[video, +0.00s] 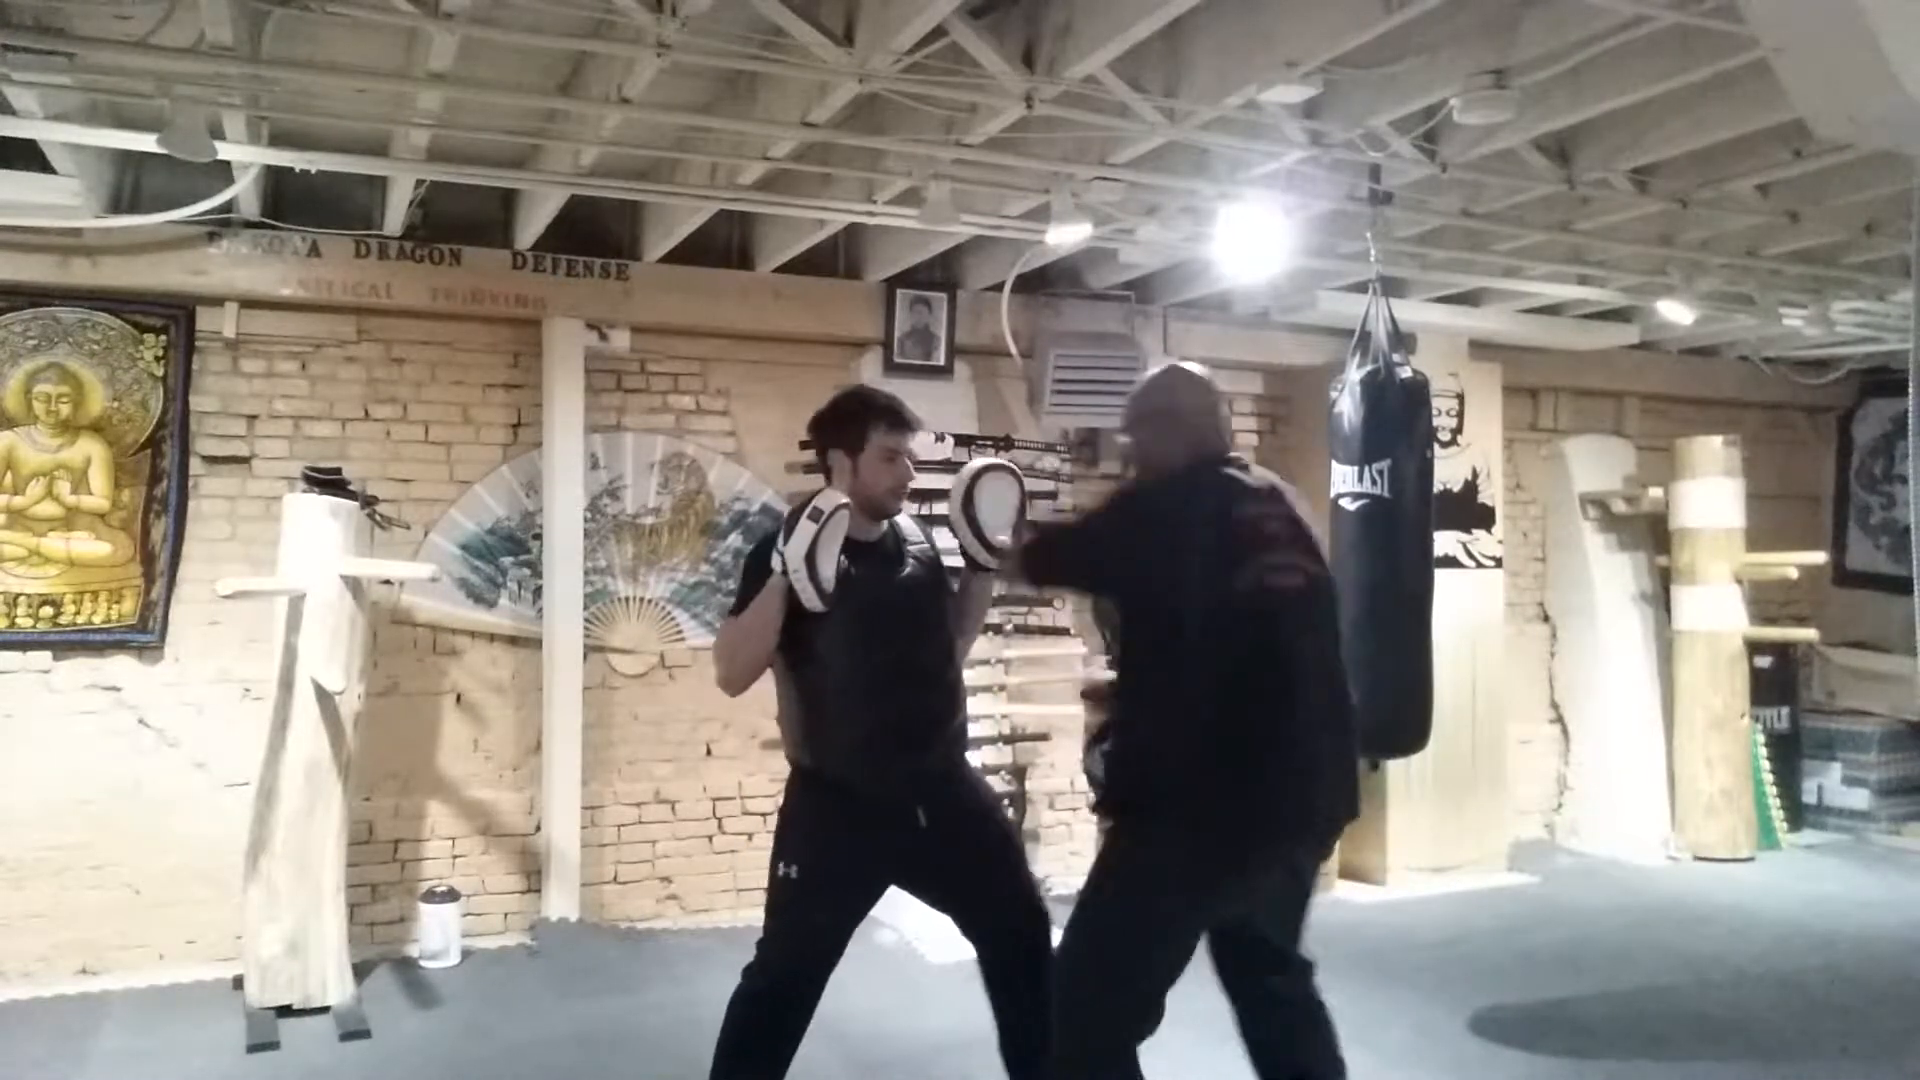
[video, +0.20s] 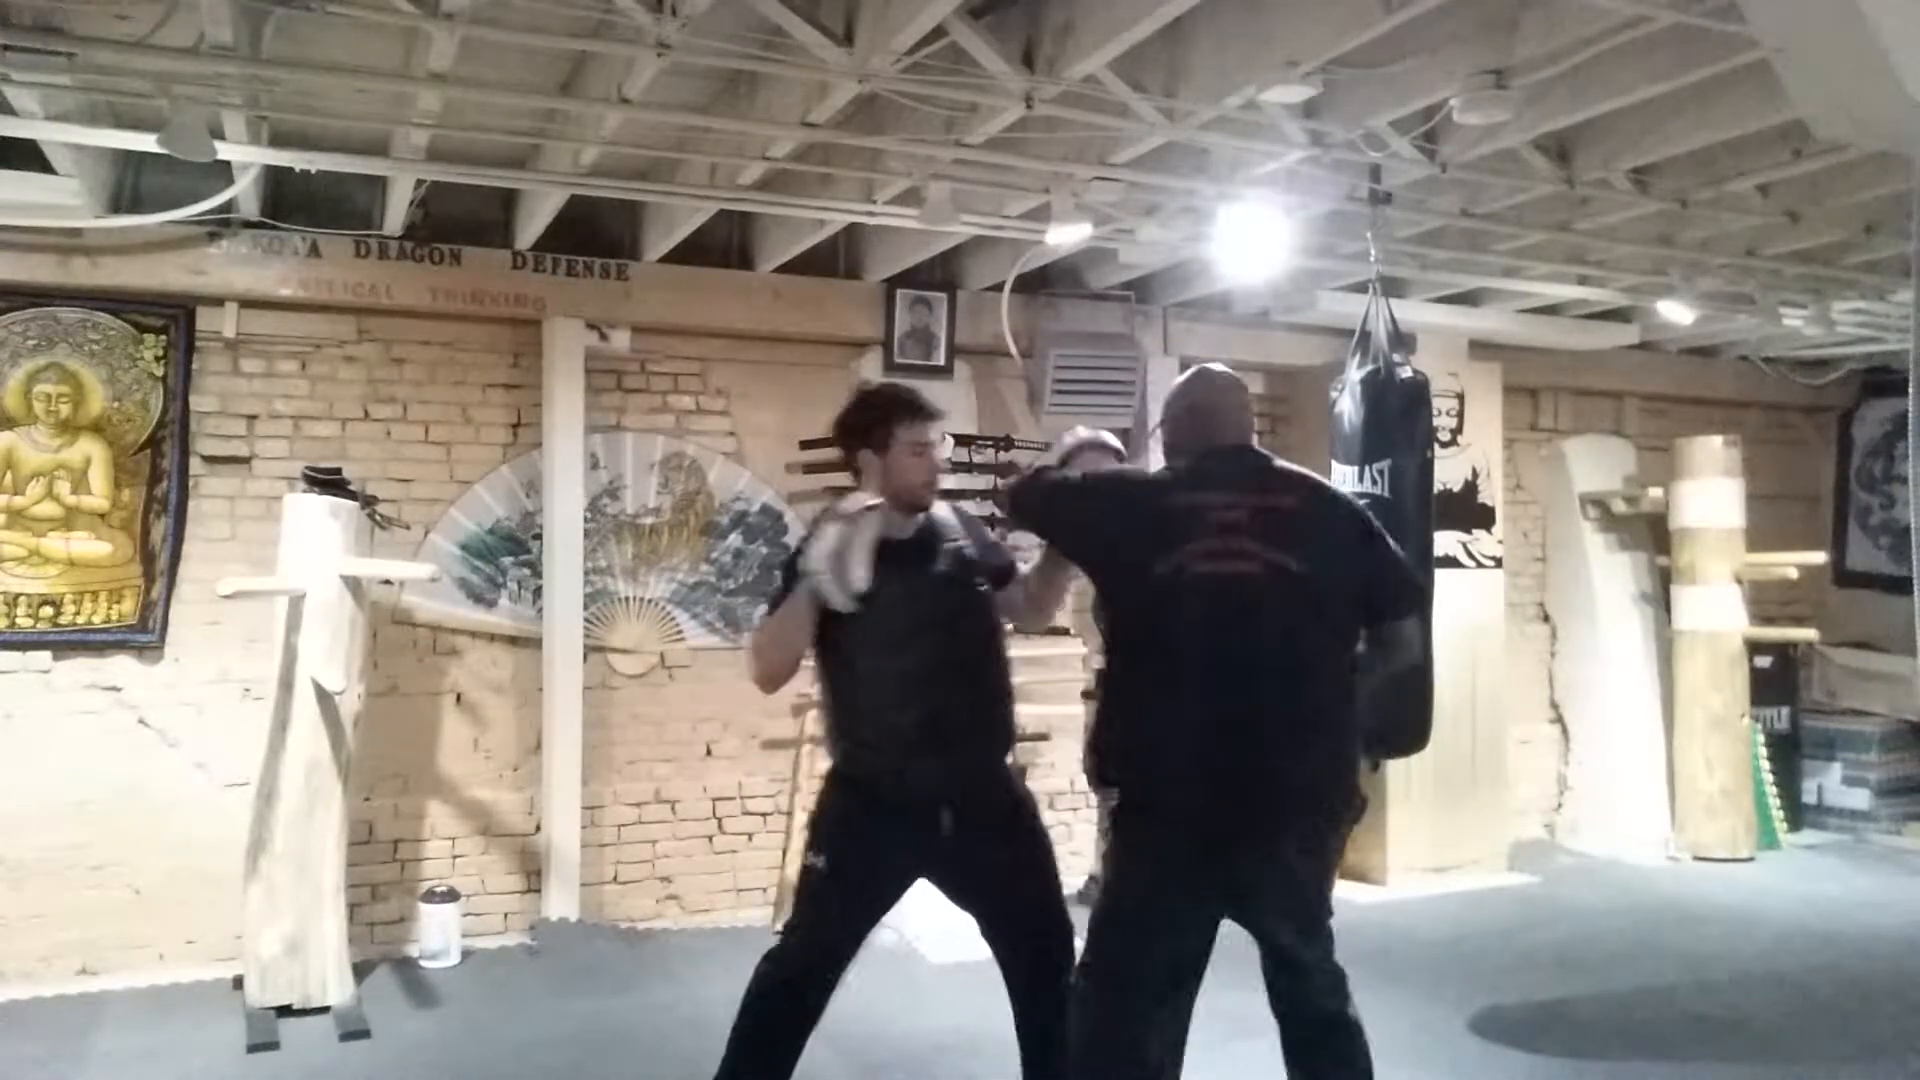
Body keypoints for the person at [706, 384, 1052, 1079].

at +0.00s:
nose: (908, 472)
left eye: (909, 458)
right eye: (890, 458)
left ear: (910, 461)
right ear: (838, 465)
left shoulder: (922, 539)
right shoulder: (785, 551)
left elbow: (947, 653)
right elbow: (732, 673)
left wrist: (982, 566)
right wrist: (791, 572)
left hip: (942, 798)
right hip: (835, 807)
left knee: (1021, 937)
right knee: (783, 979)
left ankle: (1042, 1078)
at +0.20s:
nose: (936, 461)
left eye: (937, 446)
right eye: (919, 447)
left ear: (936, 452)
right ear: (869, 459)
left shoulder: (960, 528)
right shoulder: (826, 545)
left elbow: (1032, 609)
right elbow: (768, 670)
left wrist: (1075, 515)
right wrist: (820, 572)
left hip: (980, 795)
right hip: (870, 802)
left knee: (1047, 972)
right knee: (799, 972)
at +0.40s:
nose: (994, 458)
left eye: (997, 446)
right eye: (981, 442)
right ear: (928, 442)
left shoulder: (991, 532)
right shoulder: (879, 522)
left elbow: (1034, 607)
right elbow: (846, 621)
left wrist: (1093, 526)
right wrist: (932, 511)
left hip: (1001, 785)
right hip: (902, 786)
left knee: (1056, 954)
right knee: (830, 957)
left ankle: (1048, 1079)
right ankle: (736, 1077)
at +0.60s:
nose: (1012, 467)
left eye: (1015, 455)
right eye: (1000, 451)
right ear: (949, 448)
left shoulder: (980, 533)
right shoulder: (898, 520)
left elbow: (1042, 564)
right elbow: (945, 582)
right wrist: (1007, 485)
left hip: (988, 793)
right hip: (901, 793)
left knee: (1050, 961)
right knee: (822, 967)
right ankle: (730, 1077)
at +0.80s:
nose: (972, 467)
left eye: (978, 454)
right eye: (959, 451)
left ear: (980, 462)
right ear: (908, 452)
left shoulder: (970, 540)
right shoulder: (861, 527)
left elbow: (1023, 599)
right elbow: (864, 613)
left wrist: (1073, 543)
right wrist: (951, 520)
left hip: (967, 796)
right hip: (868, 798)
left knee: (1040, 971)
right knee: (801, 974)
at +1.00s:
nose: (937, 461)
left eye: (948, 448)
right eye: (929, 443)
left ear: (949, 455)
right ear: (883, 437)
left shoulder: (945, 524)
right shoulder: (823, 511)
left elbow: (985, 615)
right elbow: (812, 612)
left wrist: (1007, 525)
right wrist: (904, 509)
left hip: (939, 777)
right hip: (837, 778)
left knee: (1000, 939)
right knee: (777, 960)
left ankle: (1029, 1074)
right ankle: (722, 1079)